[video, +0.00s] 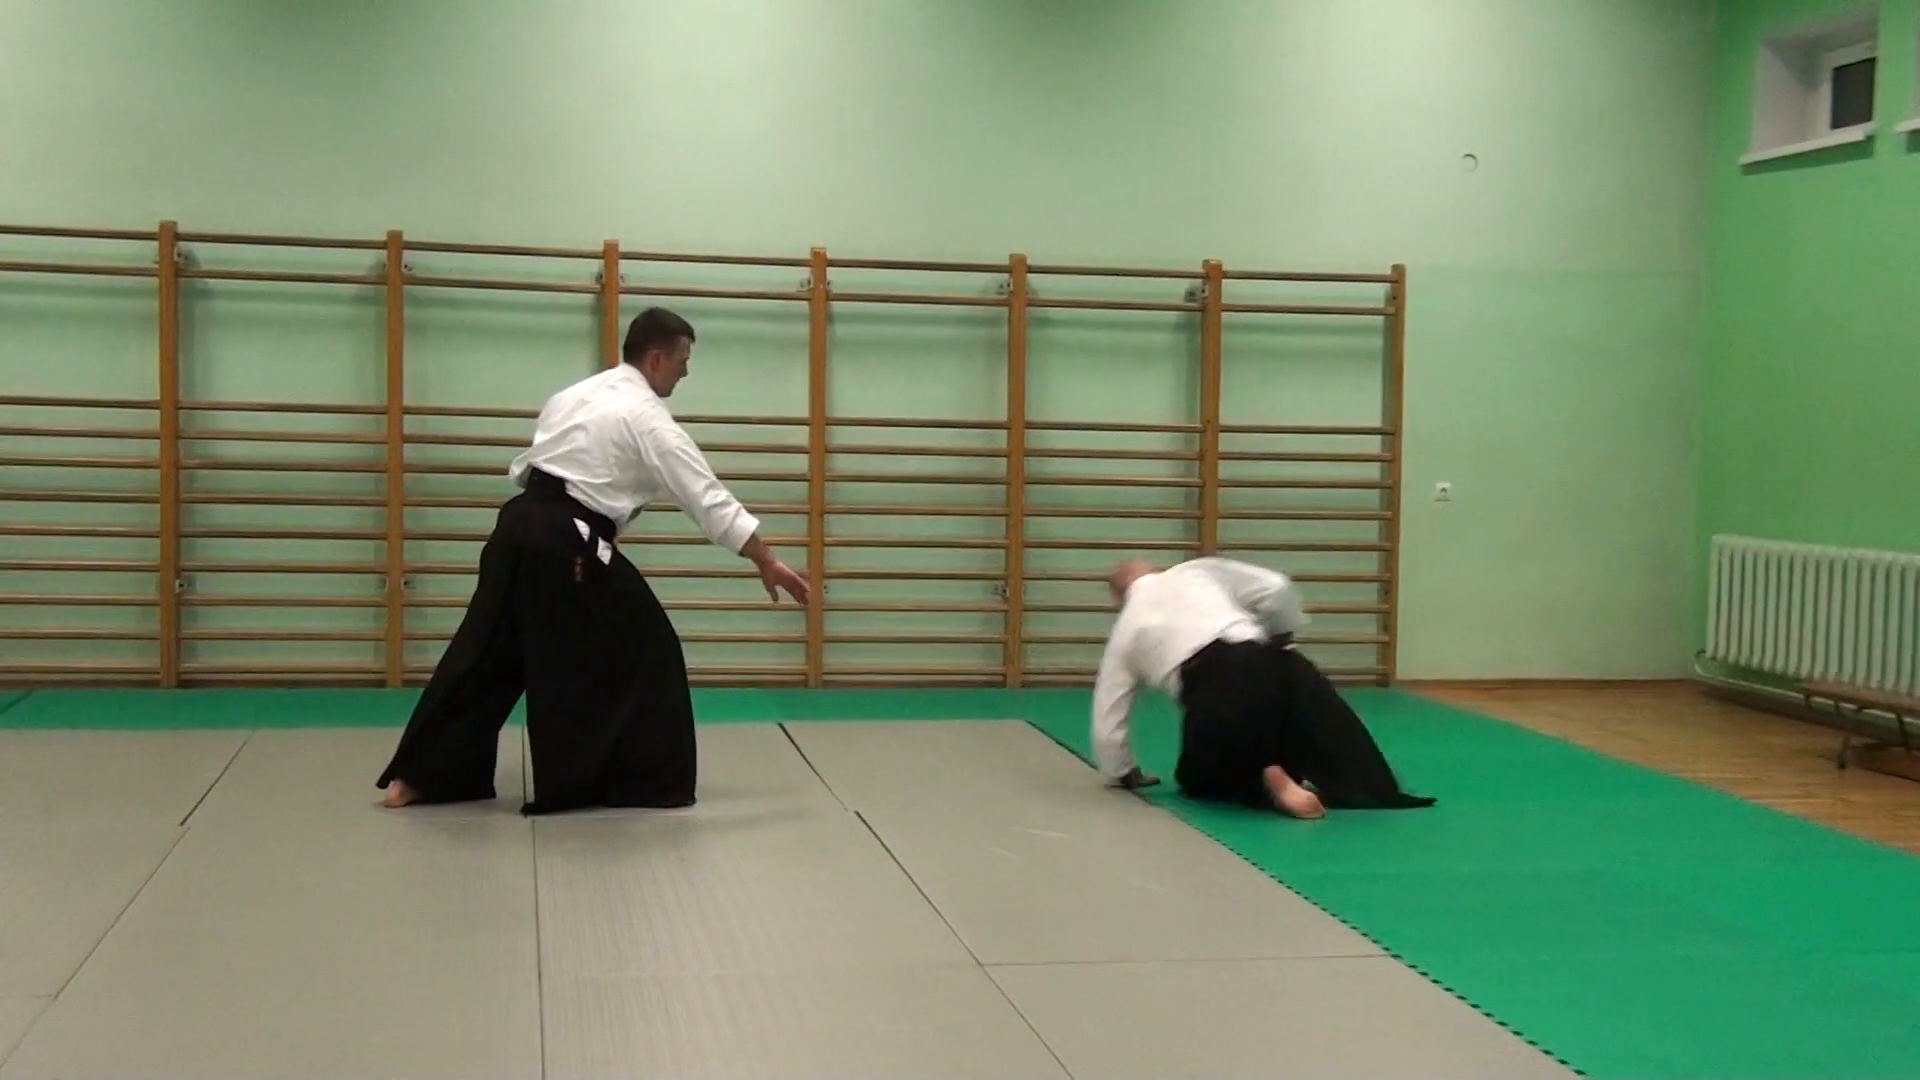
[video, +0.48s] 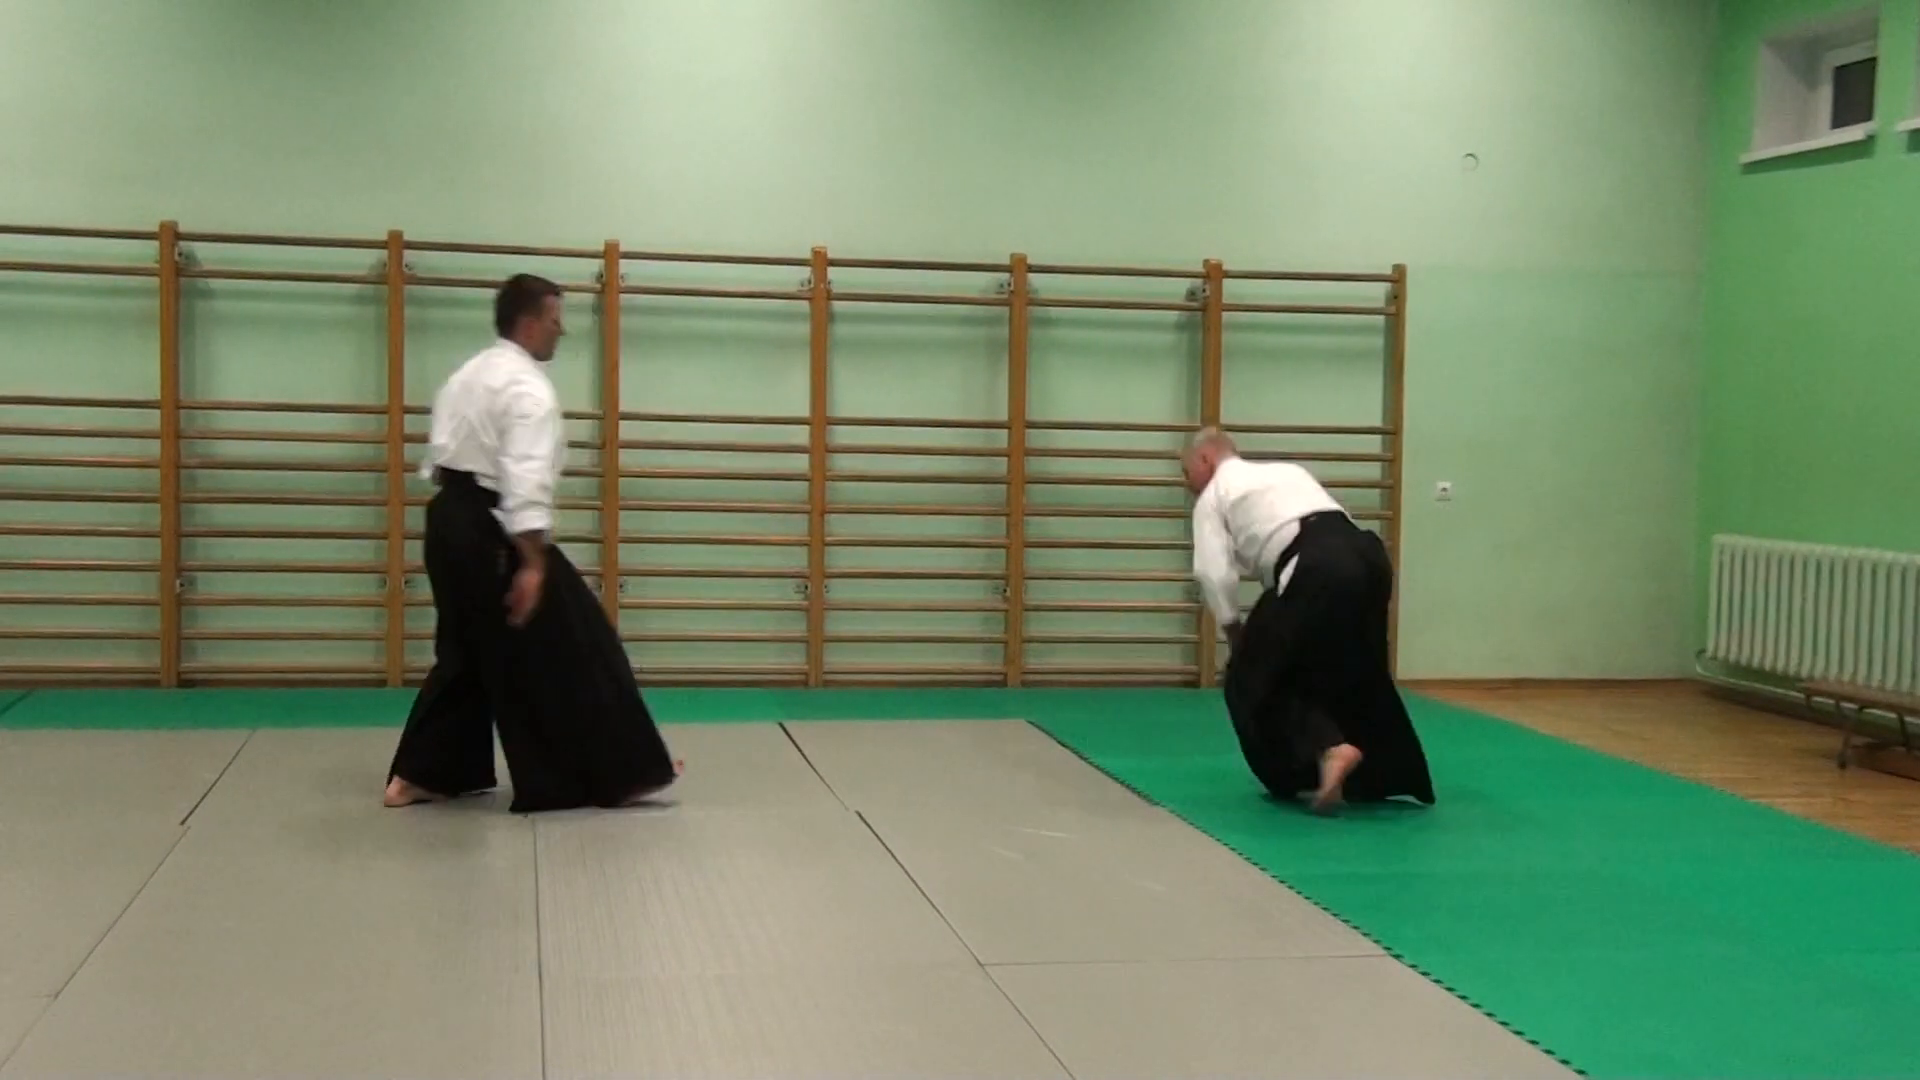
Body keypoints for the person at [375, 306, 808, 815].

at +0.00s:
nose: (683, 375)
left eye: (685, 364)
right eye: (682, 363)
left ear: (639, 353)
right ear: (655, 356)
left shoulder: (573, 394)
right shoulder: (649, 416)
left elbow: (535, 469)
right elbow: (706, 495)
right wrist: (768, 561)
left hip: (517, 528)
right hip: (573, 542)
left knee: (482, 654)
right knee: (652, 649)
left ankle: (413, 776)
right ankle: (652, 780)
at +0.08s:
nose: (681, 367)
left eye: (682, 357)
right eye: (678, 356)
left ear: (637, 351)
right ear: (651, 355)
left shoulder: (570, 392)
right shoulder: (644, 411)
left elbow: (529, 467)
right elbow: (697, 491)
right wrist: (754, 558)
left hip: (515, 527)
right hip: (572, 541)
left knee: (483, 654)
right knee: (650, 647)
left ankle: (413, 775)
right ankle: (652, 780)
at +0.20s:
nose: (661, 362)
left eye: (662, 350)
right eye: (658, 349)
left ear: (617, 348)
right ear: (632, 349)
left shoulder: (554, 389)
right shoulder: (626, 405)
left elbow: (516, 467)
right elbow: (672, 488)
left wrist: (583, 514)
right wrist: (712, 568)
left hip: (507, 528)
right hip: (564, 538)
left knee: (493, 657)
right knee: (641, 646)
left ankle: (415, 772)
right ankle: (654, 777)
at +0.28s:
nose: (639, 354)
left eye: (639, 343)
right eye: (634, 342)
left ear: (594, 341)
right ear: (608, 342)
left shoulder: (533, 388)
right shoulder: (607, 405)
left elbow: (497, 472)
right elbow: (643, 495)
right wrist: (671, 579)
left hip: (496, 530)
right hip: (554, 542)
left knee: (490, 659)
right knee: (633, 647)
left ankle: (413, 771)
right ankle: (646, 777)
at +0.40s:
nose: (592, 342)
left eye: (592, 331)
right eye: (587, 331)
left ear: (545, 331)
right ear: (562, 330)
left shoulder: (494, 382)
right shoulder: (564, 398)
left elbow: (464, 468)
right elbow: (575, 485)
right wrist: (585, 568)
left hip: (470, 527)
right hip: (522, 536)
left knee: (479, 657)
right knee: (607, 639)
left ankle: (415, 772)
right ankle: (651, 774)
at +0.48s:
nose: (560, 331)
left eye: (559, 320)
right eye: (554, 320)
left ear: (511, 323)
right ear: (527, 322)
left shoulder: (466, 375)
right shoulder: (527, 388)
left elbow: (442, 463)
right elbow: (527, 478)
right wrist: (533, 560)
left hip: (447, 524)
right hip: (495, 528)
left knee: (464, 653)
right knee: (581, 640)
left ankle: (413, 773)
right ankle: (631, 763)